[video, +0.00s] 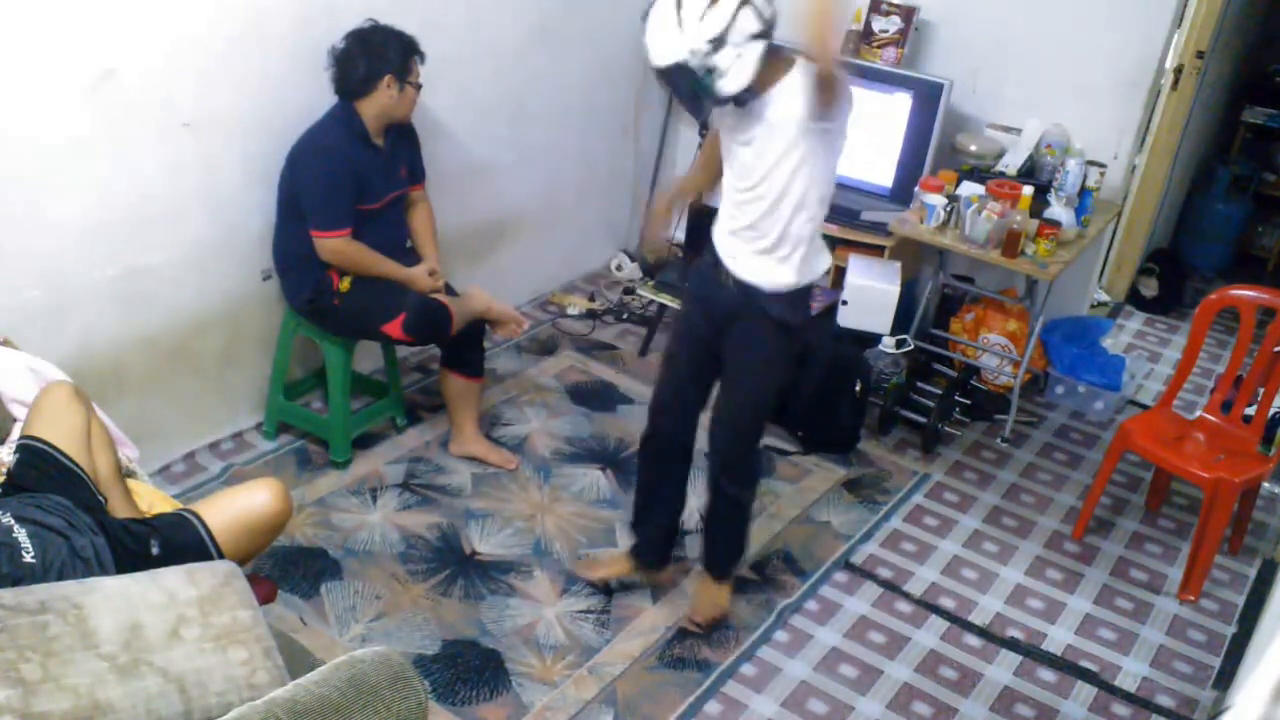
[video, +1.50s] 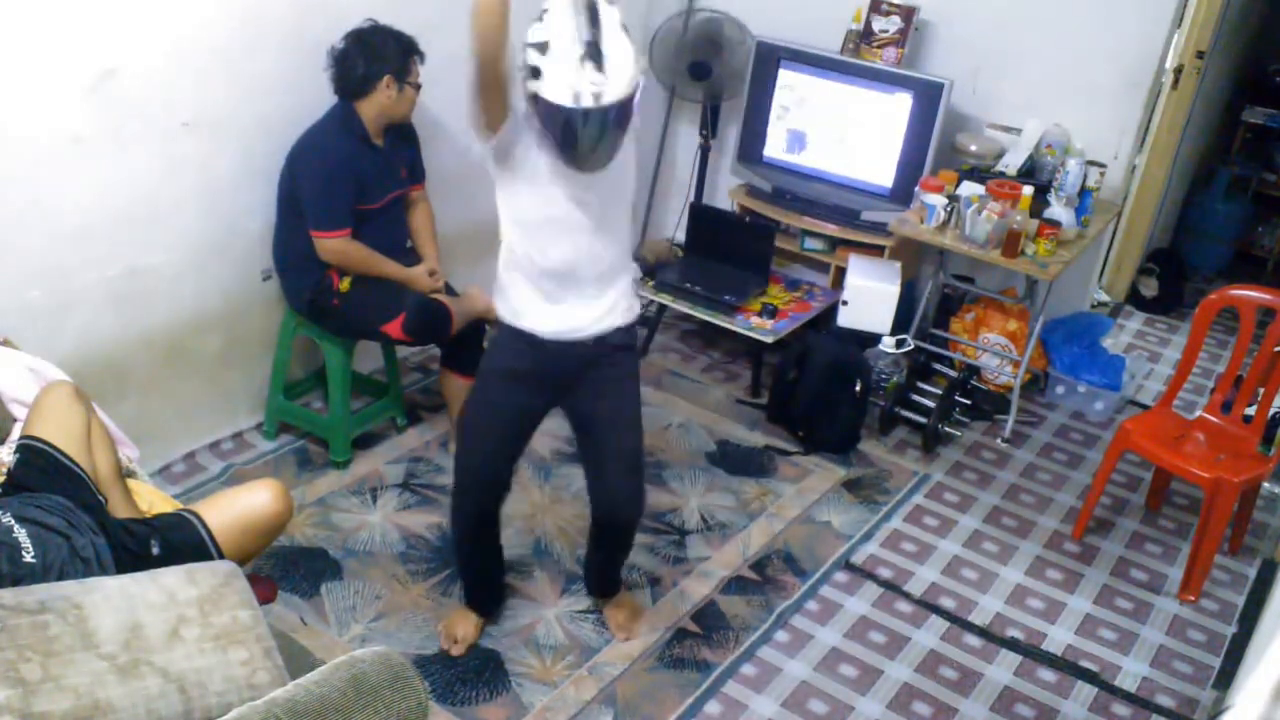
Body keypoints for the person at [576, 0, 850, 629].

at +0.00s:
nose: (710, 80)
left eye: (713, 66)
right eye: (701, 70)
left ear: (742, 41)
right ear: (702, 59)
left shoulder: (819, 98)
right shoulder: (731, 94)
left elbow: (826, 69)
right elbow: (708, 166)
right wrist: (671, 199)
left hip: (776, 301)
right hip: (714, 279)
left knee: (732, 442)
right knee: (668, 419)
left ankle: (717, 576)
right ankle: (650, 551)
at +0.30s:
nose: (675, 47)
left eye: (681, 34)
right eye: (670, 37)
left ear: (711, 33)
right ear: (717, 31)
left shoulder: (747, 78)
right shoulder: (751, 72)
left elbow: (700, 48)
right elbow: (803, 61)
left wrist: (656, 6)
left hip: (736, 289)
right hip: (682, 272)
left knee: (730, 435)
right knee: (609, 390)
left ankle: (730, 571)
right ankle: (569, 514)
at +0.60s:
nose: (619, 74)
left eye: (628, 61)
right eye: (616, 61)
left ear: (658, 60)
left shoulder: (691, 129)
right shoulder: (657, 105)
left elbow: (575, 105)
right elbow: (728, 46)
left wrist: (521, 16)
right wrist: (724, 11)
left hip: (663, 315)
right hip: (608, 296)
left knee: (669, 449)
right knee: (551, 405)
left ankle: (723, 553)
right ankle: (567, 500)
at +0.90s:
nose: (654, 66)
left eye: (671, 60)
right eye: (655, 50)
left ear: (687, 57)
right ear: (638, 17)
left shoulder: (679, 93)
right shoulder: (566, 16)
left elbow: (696, 219)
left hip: (622, 252)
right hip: (543, 245)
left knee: (646, 402)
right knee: (540, 391)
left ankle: (663, 553)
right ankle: (550, 503)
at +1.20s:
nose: (639, 52)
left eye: (653, 43)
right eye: (630, 34)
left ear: (662, 47)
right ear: (601, 24)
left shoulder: (641, 94)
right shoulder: (539, 62)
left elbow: (667, 127)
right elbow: (434, 26)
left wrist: (729, 116)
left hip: (606, 283)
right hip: (528, 283)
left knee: (620, 428)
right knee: (526, 424)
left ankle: (613, 552)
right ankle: (525, 533)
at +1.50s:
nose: (587, 126)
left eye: (604, 109)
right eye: (569, 108)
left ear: (626, 94)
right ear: (538, 93)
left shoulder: (632, 121)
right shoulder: (511, 132)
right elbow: (490, 61)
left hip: (608, 346)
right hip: (522, 344)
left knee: (621, 502)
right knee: (474, 490)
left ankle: (606, 586)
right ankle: (479, 598)